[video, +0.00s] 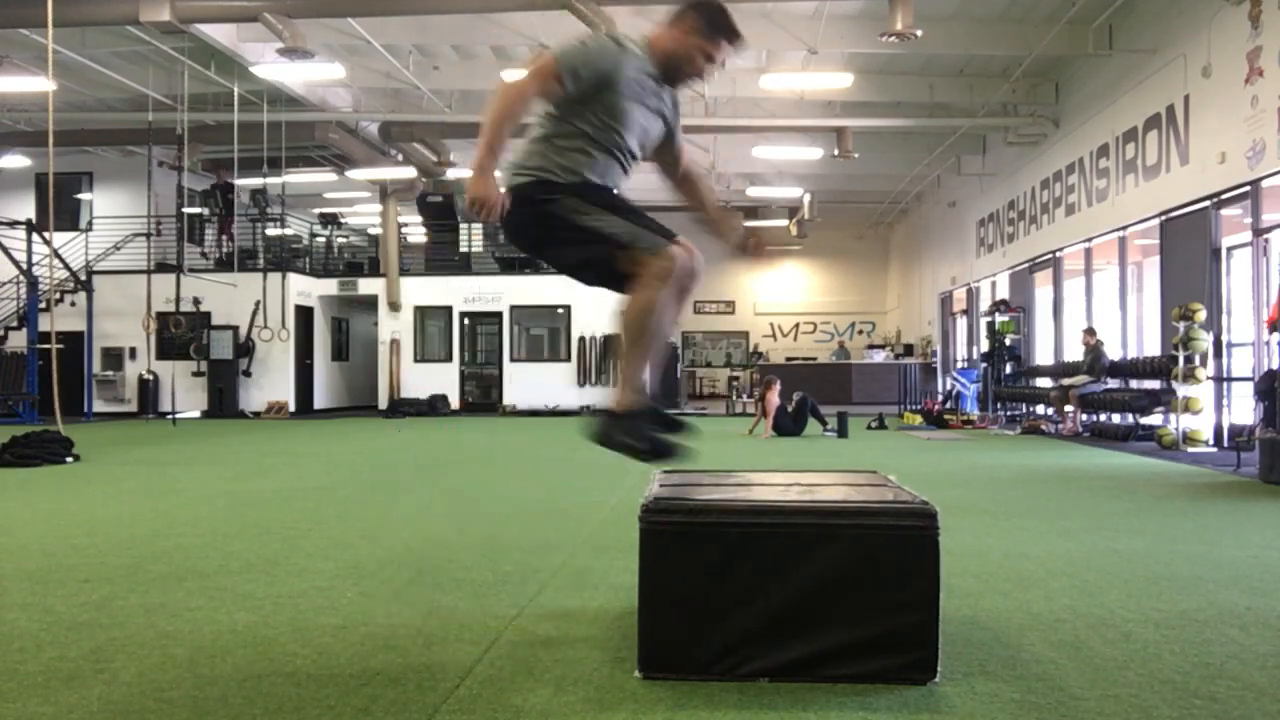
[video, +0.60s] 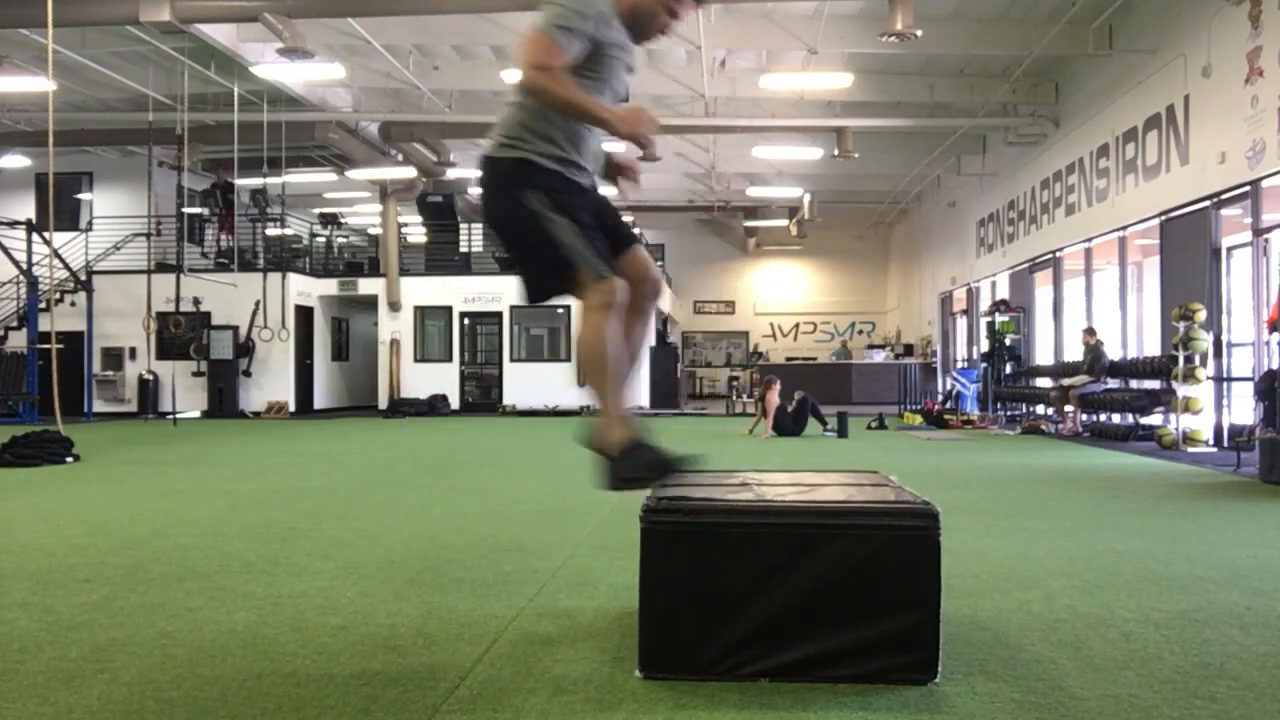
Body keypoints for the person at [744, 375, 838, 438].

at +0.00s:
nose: (779, 387)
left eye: (779, 385)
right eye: (778, 385)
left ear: (767, 386)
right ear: (773, 385)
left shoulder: (764, 396)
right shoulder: (772, 396)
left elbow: (759, 416)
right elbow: (770, 416)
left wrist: (750, 430)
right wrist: (767, 433)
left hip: (784, 430)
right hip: (792, 430)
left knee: (803, 398)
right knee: (806, 399)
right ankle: (826, 426)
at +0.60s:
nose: (779, 387)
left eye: (779, 385)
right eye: (778, 385)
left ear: (767, 385)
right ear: (773, 385)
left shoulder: (765, 396)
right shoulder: (772, 395)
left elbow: (759, 415)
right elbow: (770, 416)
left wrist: (750, 430)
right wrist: (767, 433)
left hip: (785, 430)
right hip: (792, 430)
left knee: (804, 398)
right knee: (806, 400)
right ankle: (826, 426)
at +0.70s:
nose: (779, 387)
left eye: (779, 385)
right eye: (778, 385)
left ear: (767, 385)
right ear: (773, 385)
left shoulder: (765, 396)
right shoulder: (772, 396)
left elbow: (759, 415)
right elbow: (770, 416)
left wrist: (750, 430)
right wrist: (767, 433)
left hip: (784, 430)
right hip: (792, 430)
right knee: (807, 400)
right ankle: (826, 426)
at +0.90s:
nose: (779, 387)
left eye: (779, 384)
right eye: (778, 385)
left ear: (767, 385)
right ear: (773, 385)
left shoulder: (765, 396)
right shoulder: (771, 396)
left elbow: (759, 415)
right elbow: (769, 416)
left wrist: (750, 430)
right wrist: (767, 433)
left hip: (784, 430)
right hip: (792, 431)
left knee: (782, 407)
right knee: (807, 400)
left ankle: (797, 402)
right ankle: (826, 426)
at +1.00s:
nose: (779, 387)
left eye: (778, 384)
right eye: (777, 384)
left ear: (767, 386)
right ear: (772, 385)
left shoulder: (765, 396)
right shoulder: (771, 396)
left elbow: (759, 415)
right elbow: (769, 415)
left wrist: (750, 430)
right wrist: (767, 433)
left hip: (785, 430)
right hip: (792, 431)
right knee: (807, 401)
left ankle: (798, 403)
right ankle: (826, 426)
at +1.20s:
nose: (779, 387)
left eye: (778, 384)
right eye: (777, 384)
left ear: (768, 386)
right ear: (771, 386)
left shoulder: (765, 396)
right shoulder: (771, 396)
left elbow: (759, 415)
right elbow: (769, 415)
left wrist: (750, 430)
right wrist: (767, 433)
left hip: (785, 430)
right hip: (792, 431)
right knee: (808, 401)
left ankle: (799, 403)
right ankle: (827, 426)